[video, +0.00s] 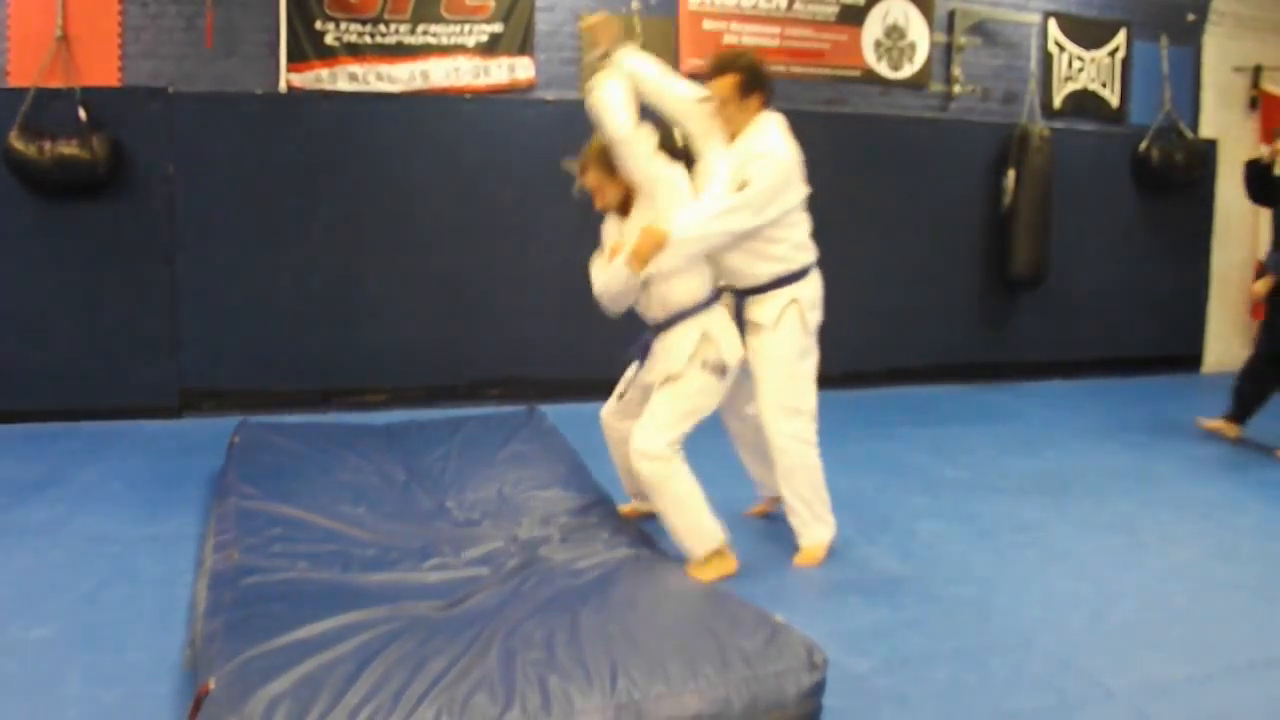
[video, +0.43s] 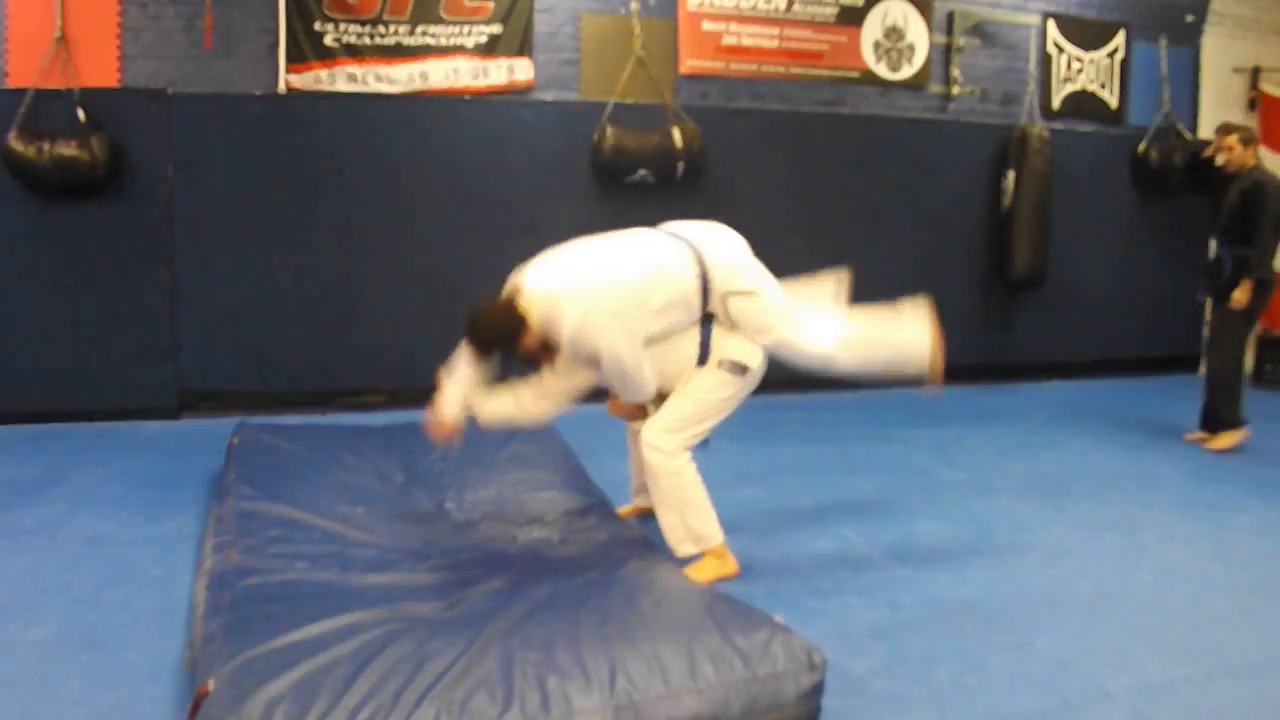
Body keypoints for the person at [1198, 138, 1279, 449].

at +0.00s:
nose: (1271, 148)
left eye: (1272, 143)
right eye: (1272, 143)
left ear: (1274, 148)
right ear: (1274, 147)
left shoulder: (1276, 185)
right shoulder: (1276, 182)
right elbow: (1261, 193)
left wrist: (1271, 274)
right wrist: (1264, 161)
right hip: (1275, 285)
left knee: (1269, 354)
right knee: (1268, 354)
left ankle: (1236, 418)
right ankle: (1235, 418)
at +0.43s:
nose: (1223, 158)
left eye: (1229, 150)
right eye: (1221, 151)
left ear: (1250, 149)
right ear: (1222, 153)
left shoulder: (1264, 184)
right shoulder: (1233, 180)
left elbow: (1265, 240)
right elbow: (1197, 177)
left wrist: (1249, 281)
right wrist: (1208, 155)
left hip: (1247, 275)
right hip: (1226, 271)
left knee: (1227, 350)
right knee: (1217, 349)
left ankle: (1231, 424)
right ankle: (1212, 422)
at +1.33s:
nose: (1176, 150)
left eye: (1183, 143)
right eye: (1172, 144)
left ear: (1202, 144)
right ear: (1168, 146)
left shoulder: (1220, 185)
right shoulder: (1170, 175)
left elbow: (1220, 242)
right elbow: (1132, 173)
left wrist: (1201, 280)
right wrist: (1154, 151)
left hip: (1196, 274)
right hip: (1165, 269)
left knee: (1189, 353)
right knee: (1151, 346)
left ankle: (1180, 432)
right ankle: (1142, 422)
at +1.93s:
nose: (1110, 148)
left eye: (1117, 141)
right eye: (1107, 142)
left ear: (1137, 140)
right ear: (1104, 144)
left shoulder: (1164, 178)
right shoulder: (1107, 176)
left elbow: (1180, 229)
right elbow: (1068, 178)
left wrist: (1177, 273)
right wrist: (1094, 154)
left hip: (1151, 275)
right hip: (1112, 273)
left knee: (1154, 354)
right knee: (1108, 355)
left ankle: (1168, 427)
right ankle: (1100, 436)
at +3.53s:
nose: (1092, 133)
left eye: (1100, 126)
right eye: (1087, 126)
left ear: (1120, 130)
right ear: (1083, 132)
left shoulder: (1147, 179)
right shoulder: (1073, 179)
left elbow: (1165, 240)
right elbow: (1040, 224)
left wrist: (1161, 291)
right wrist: (1036, 187)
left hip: (1128, 293)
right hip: (1079, 291)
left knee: (1128, 378)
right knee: (1070, 381)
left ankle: (1125, 455)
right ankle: (1064, 470)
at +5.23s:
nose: (1119, 131)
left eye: (1128, 123)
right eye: (1115, 123)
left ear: (1151, 125)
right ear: (1112, 126)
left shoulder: (1178, 175)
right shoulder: (1110, 176)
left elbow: (1190, 247)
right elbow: (1090, 239)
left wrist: (1179, 308)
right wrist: (1069, 235)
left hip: (1160, 299)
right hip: (1120, 296)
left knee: (1131, 387)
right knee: (1117, 388)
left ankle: (1131, 490)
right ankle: (1118, 481)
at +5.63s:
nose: (1110, 149)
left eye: (1119, 140)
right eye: (1104, 140)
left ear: (1140, 139)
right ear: (1096, 140)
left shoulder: (1163, 190)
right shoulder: (1086, 187)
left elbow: (1186, 262)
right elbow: (1071, 250)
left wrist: (1198, 330)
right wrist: (1071, 306)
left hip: (1140, 308)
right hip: (1093, 308)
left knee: (1124, 407)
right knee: (1106, 404)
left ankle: (1120, 519)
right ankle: (1126, 486)